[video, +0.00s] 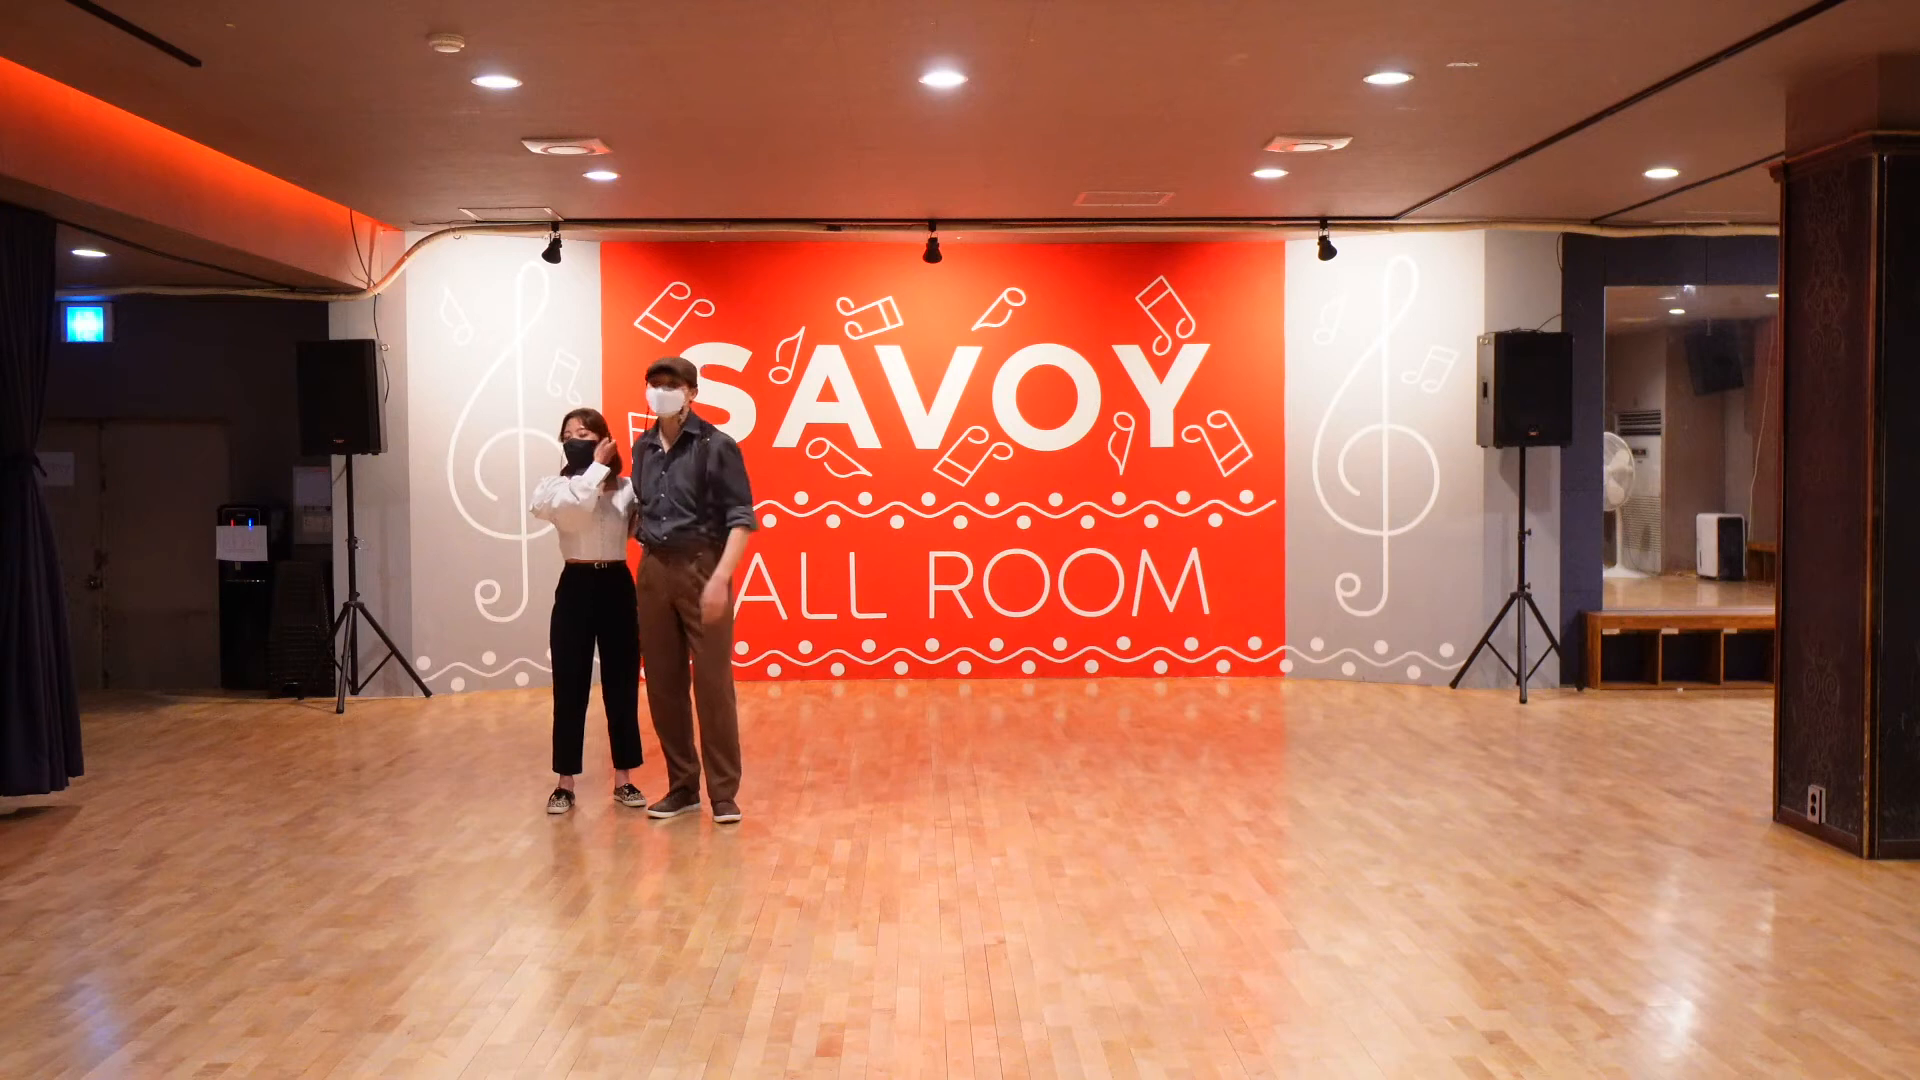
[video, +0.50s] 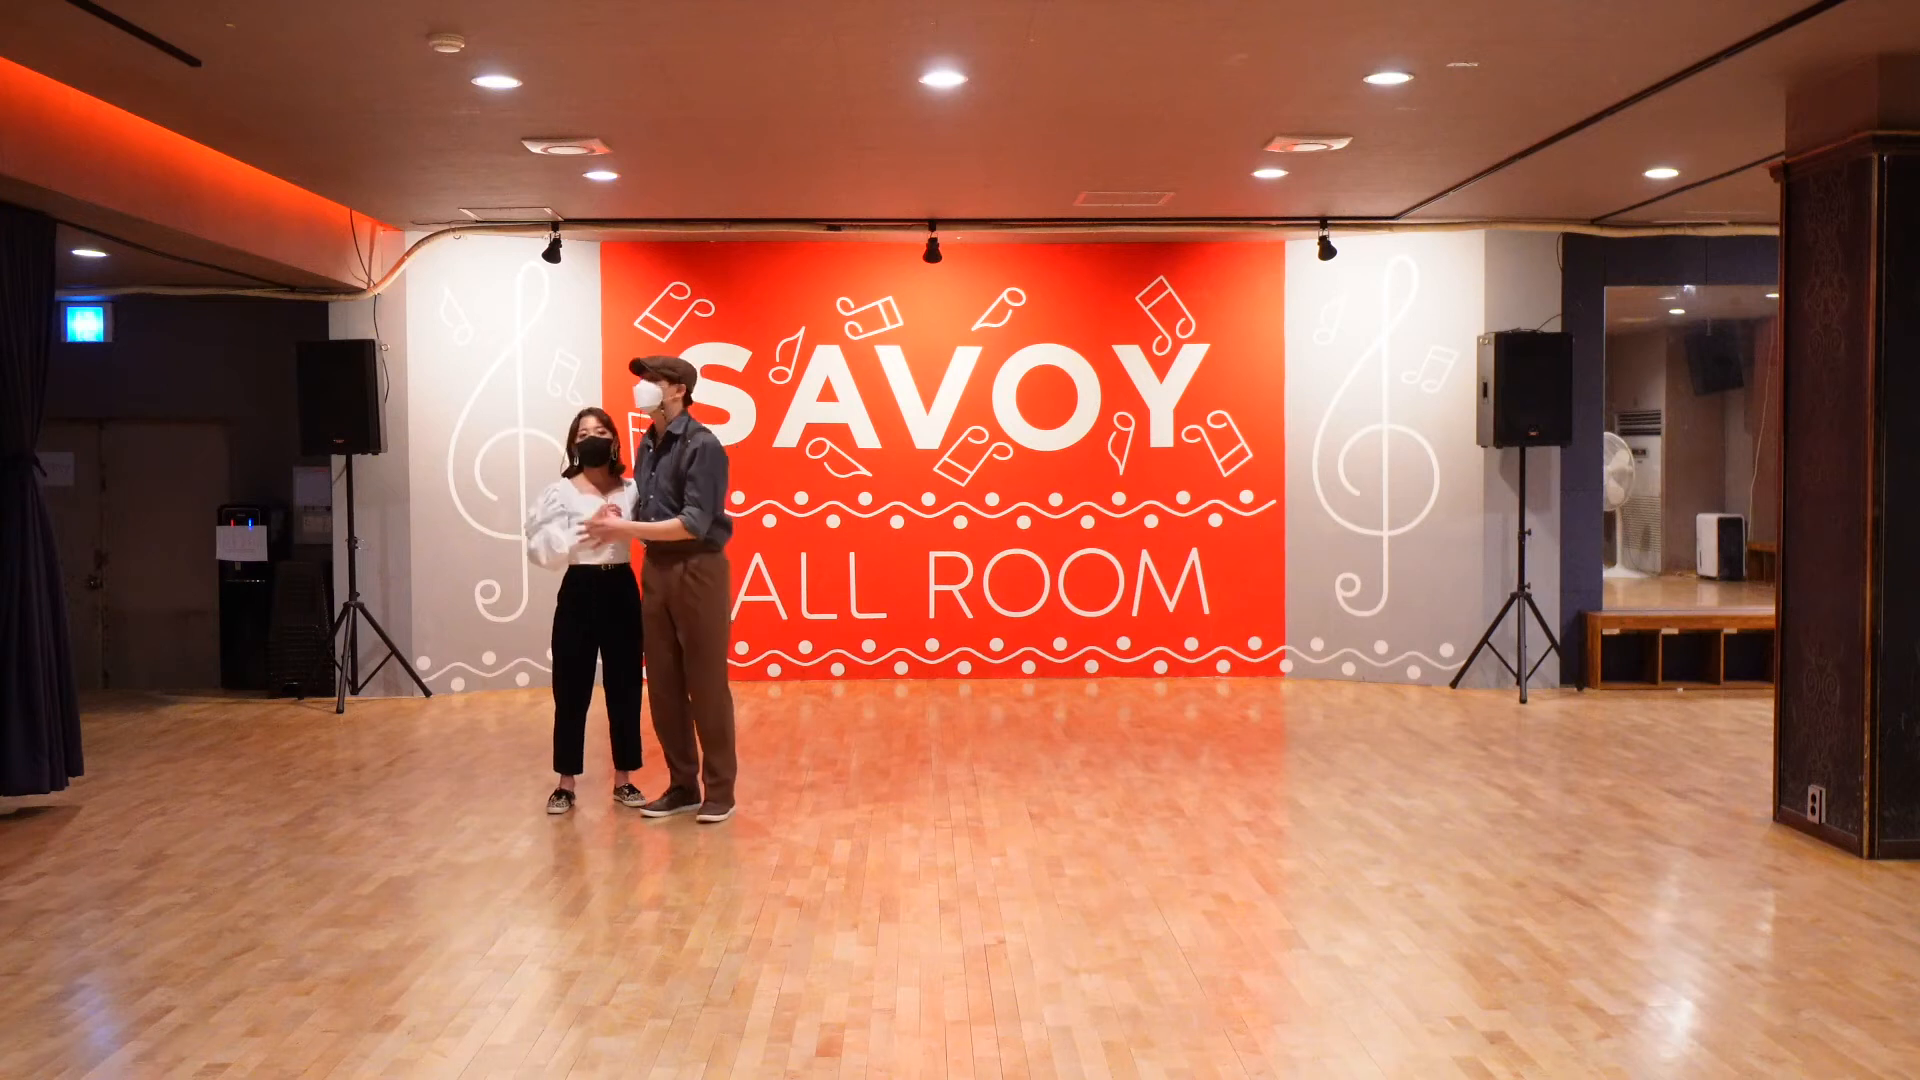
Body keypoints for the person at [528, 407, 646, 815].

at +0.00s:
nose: (578, 434)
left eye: (587, 429)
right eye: (571, 430)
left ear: (604, 441)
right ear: (561, 443)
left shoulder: (623, 487)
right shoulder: (550, 487)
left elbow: (649, 524)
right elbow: (567, 507)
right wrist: (595, 465)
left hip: (618, 587)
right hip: (575, 588)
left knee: (622, 688)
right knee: (569, 688)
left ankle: (623, 781)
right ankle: (565, 784)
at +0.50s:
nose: (593, 433)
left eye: (601, 428)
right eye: (584, 430)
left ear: (613, 439)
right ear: (573, 443)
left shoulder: (631, 490)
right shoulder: (557, 492)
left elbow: (654, 528)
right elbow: (539, 548)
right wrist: (583, 529)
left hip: (621, 591)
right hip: (578, 592)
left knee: (625, 690)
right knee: (571, 691)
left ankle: (624, 781)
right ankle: (565, 784)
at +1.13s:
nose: (592, 437)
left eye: (599, 431)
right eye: (582, 434)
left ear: (610, 441)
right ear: (570, 447)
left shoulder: (629, 488)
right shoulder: (565, 501)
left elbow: (652, 529)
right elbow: (561, 560)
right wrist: (595, 587)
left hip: (628, 601)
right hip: (587, 606)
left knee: (624, 696)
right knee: (580, 698)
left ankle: (621, 780)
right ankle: (567, 788)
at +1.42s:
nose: (574, 438)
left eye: (581, 432)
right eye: (564, 434)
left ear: (592, 441)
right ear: (550, 448)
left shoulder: (613, 489)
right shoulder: (543, 500)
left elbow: (632, 533)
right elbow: (538, 557)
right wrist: (540, 584)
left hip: (613, 599)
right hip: (570, 602)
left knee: (615, 693)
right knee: (569, 699)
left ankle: (624, 790)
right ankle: (566, 797)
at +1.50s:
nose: (570, 440)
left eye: (577, 434)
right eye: (561, 436)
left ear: (589, 444)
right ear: (547, 450)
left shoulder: (605, 491)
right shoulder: (538, 499)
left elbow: (627, 530)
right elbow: (510, 539)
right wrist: (498, 546)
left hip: (606, 596)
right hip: (565, 601)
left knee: (613, 693)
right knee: (566, 699)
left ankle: (625, 790)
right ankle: (566, 798)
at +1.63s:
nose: (571, 438)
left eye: (579, 432)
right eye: (561, 434)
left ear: (591, 441)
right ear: (547, 447)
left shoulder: (608, 491)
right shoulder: (536, 496)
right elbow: (488, 508)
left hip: (604, 595)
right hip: (557, 598)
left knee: (609, 693)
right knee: (561, 699)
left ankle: (623, 791)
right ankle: (565, 799)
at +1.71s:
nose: (573, 435)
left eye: (580, 429)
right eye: (564, 431)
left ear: (592, 437)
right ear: (550, 440)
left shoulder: (606, 484)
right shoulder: (536, 484)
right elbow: (490, 487)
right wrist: (484, 431)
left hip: (602, 589)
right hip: (556, 592)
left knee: (611, 689)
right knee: (558, 696)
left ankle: (622, 787)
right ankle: (563, 797)